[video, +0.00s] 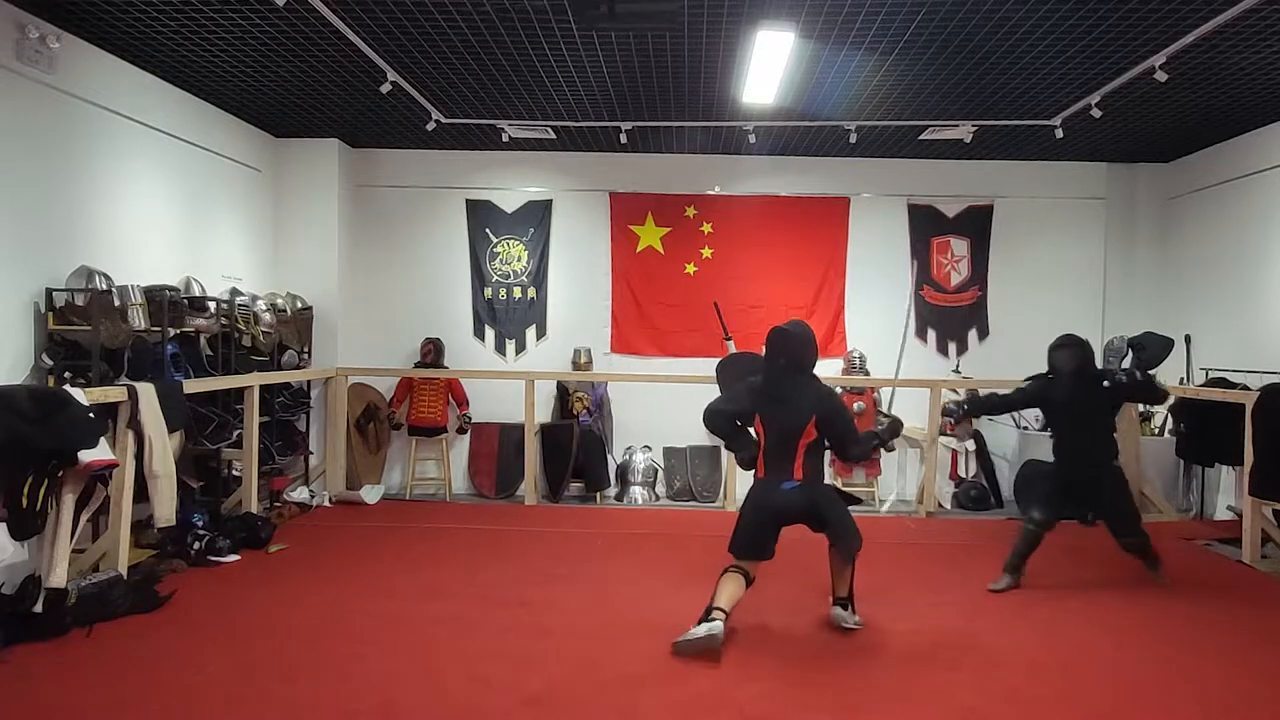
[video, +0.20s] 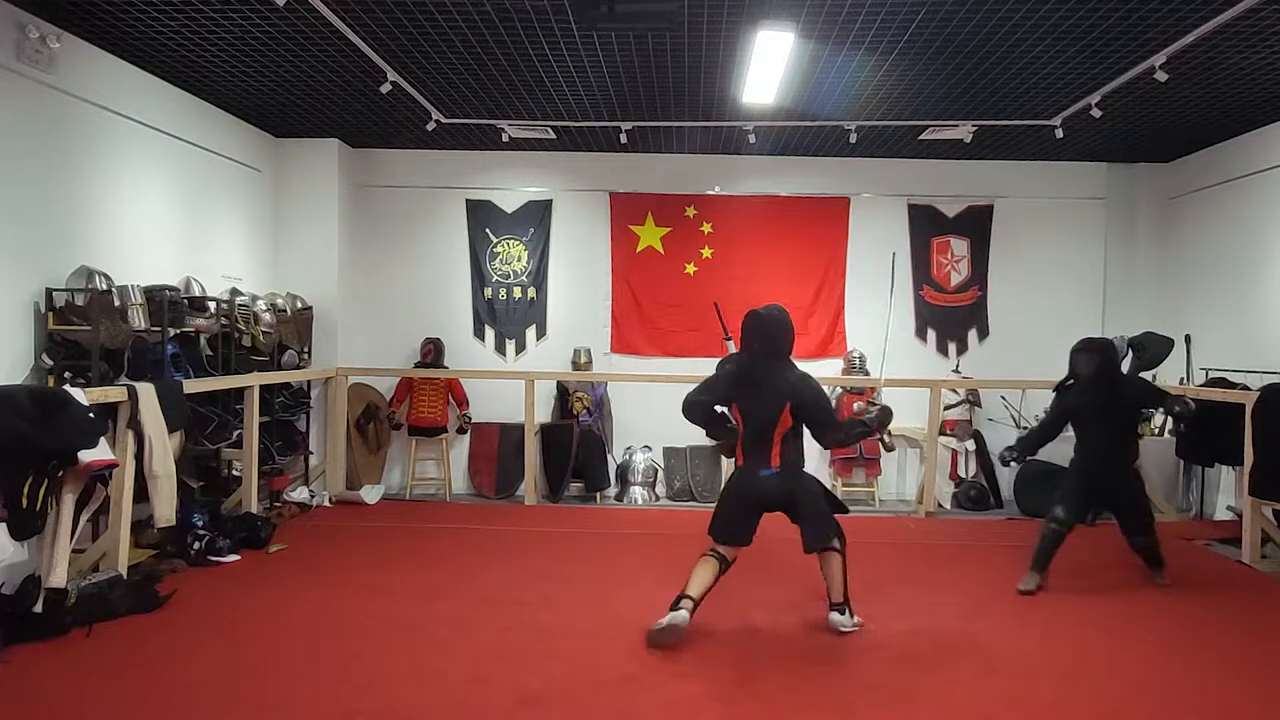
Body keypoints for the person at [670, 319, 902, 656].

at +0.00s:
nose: (812, 357)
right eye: (810, 351)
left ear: (771, 354)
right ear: (809, 356)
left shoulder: (756, 389)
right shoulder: (823, 396)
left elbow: (714, 414)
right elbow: (851, 449)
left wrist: (744, 446)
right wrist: (880, 434)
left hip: (765, 494)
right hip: (811, 494)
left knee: (742, 565)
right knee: (844, 538)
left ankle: (714, 619)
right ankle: (842, 606)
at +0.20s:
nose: (791, 340)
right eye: (788, 334)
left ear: (748, 340)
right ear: (786, 339)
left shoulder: (732, 373)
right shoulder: (799, 382)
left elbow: (694, 405)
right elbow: (830, 436)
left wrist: (727, 433)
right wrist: (869, 425)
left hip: (745, 482)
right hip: (790, 482)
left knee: (720, 549)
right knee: (830, 535)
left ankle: (682, 609)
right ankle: (840, 611)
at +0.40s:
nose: (764, 339)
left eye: (761, 333)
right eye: (761, 333)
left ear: (719, 336)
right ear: (756, 338)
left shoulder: (699, 370)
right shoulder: (762, 380)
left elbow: (656, 394)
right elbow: (791, 435)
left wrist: (684, 427)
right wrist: (841, 430)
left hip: (700, 481)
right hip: (747, 484)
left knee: (687, 552)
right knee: (790, 529)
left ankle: (664, 625)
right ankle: (796, 612)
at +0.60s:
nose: (752, 337)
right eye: (749, 330)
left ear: (706, 335)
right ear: (744, 335)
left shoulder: (688, 370)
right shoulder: (751, 374)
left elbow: (645, 396)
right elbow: (780, 433)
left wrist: (673, 429)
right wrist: (830, 427)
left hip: (689, 480)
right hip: (734, 482)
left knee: (670, 547)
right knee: (770, 536)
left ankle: (656, 620)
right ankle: (753, 614)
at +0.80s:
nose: (730, 342)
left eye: (726, 335)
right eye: (726, 337)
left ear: (685, 345)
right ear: (717, 345)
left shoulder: (667, 379)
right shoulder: (729, 387)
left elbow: (626, 405)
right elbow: (758, 443)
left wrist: (656, 436)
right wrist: (804, 428)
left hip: (667, 489)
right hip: (715, 491)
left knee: (636, 552)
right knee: (766, 537)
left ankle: (582, 605)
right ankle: (753, 615)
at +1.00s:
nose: (679, 334)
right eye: (675, 328)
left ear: (629, 331)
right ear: (672, 336)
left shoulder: (610, 362)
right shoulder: (675, 380)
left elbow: (570, 387)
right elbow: (683, 426)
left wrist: (601, 414)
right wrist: (679, 385)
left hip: (602, 477)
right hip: (649, 477)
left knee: (596, 556)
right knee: (700, 541)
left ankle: (546, 619)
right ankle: (727, 621)